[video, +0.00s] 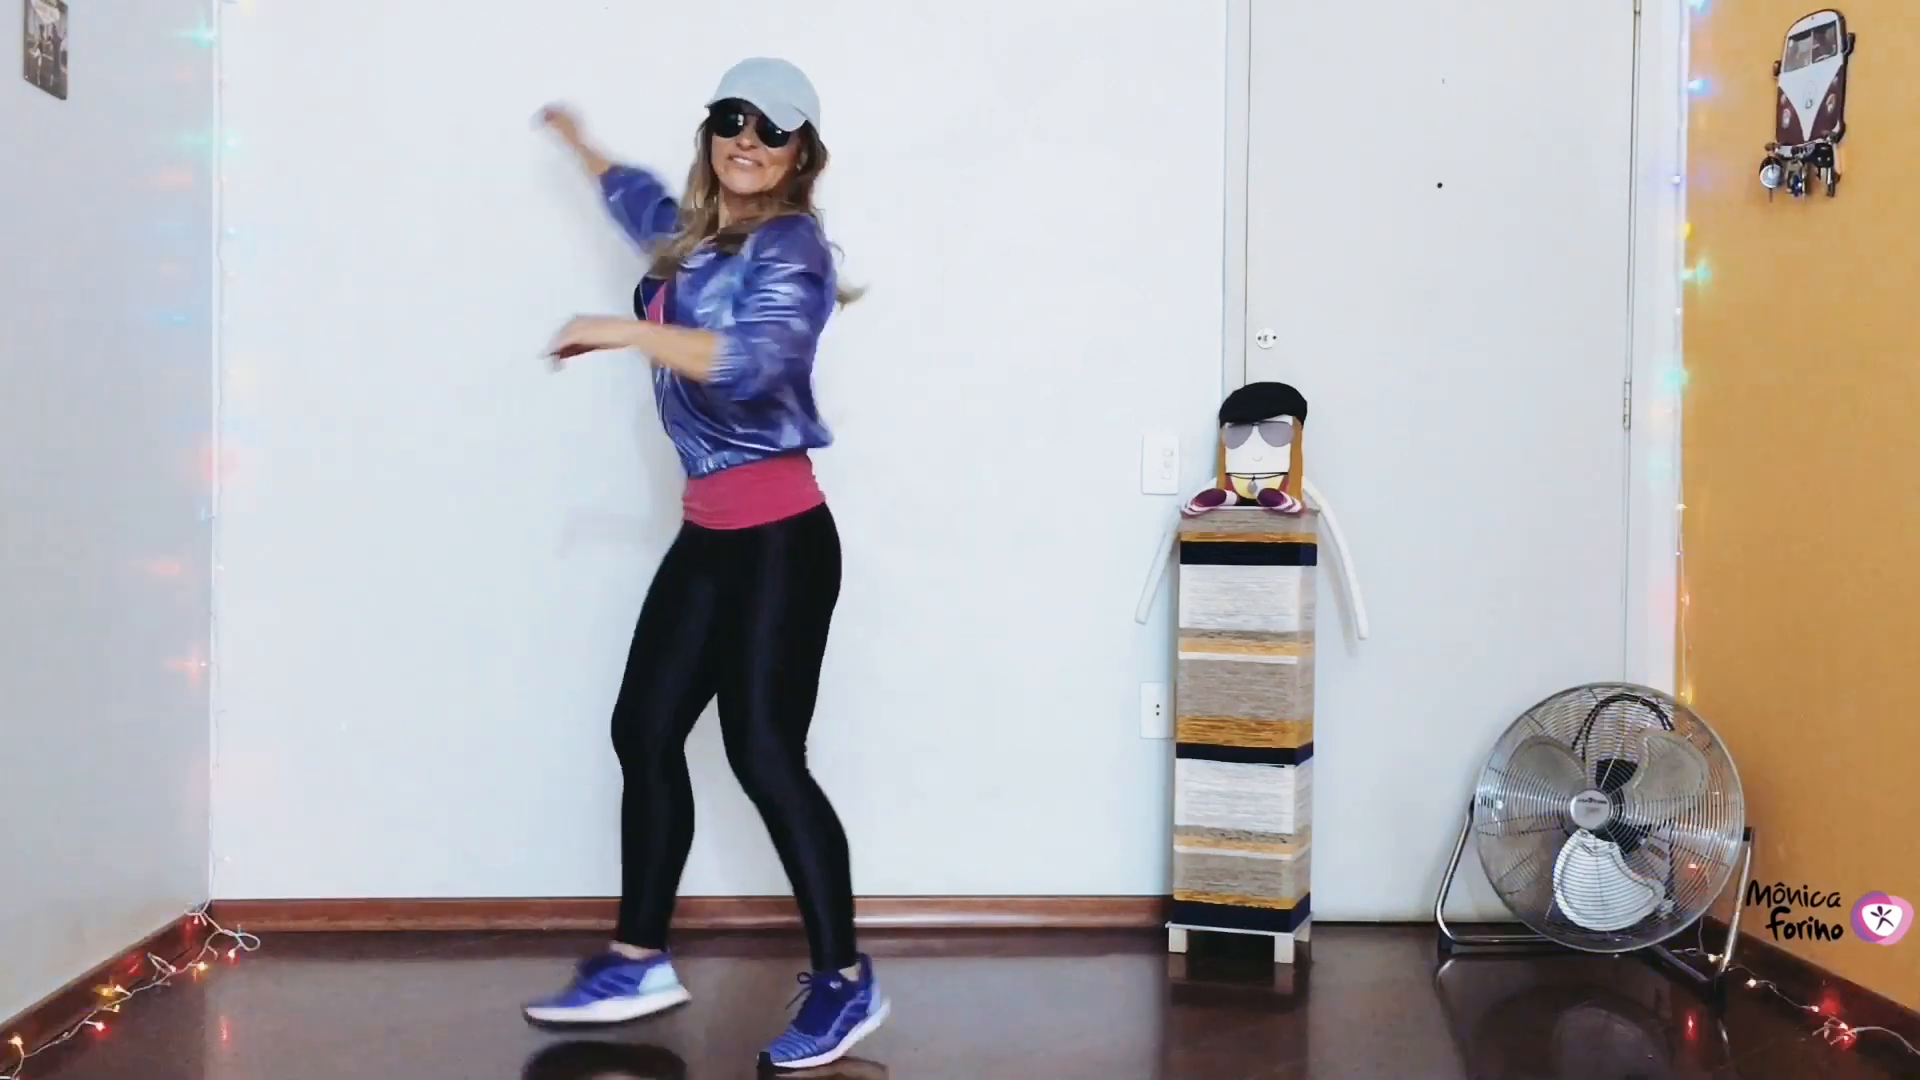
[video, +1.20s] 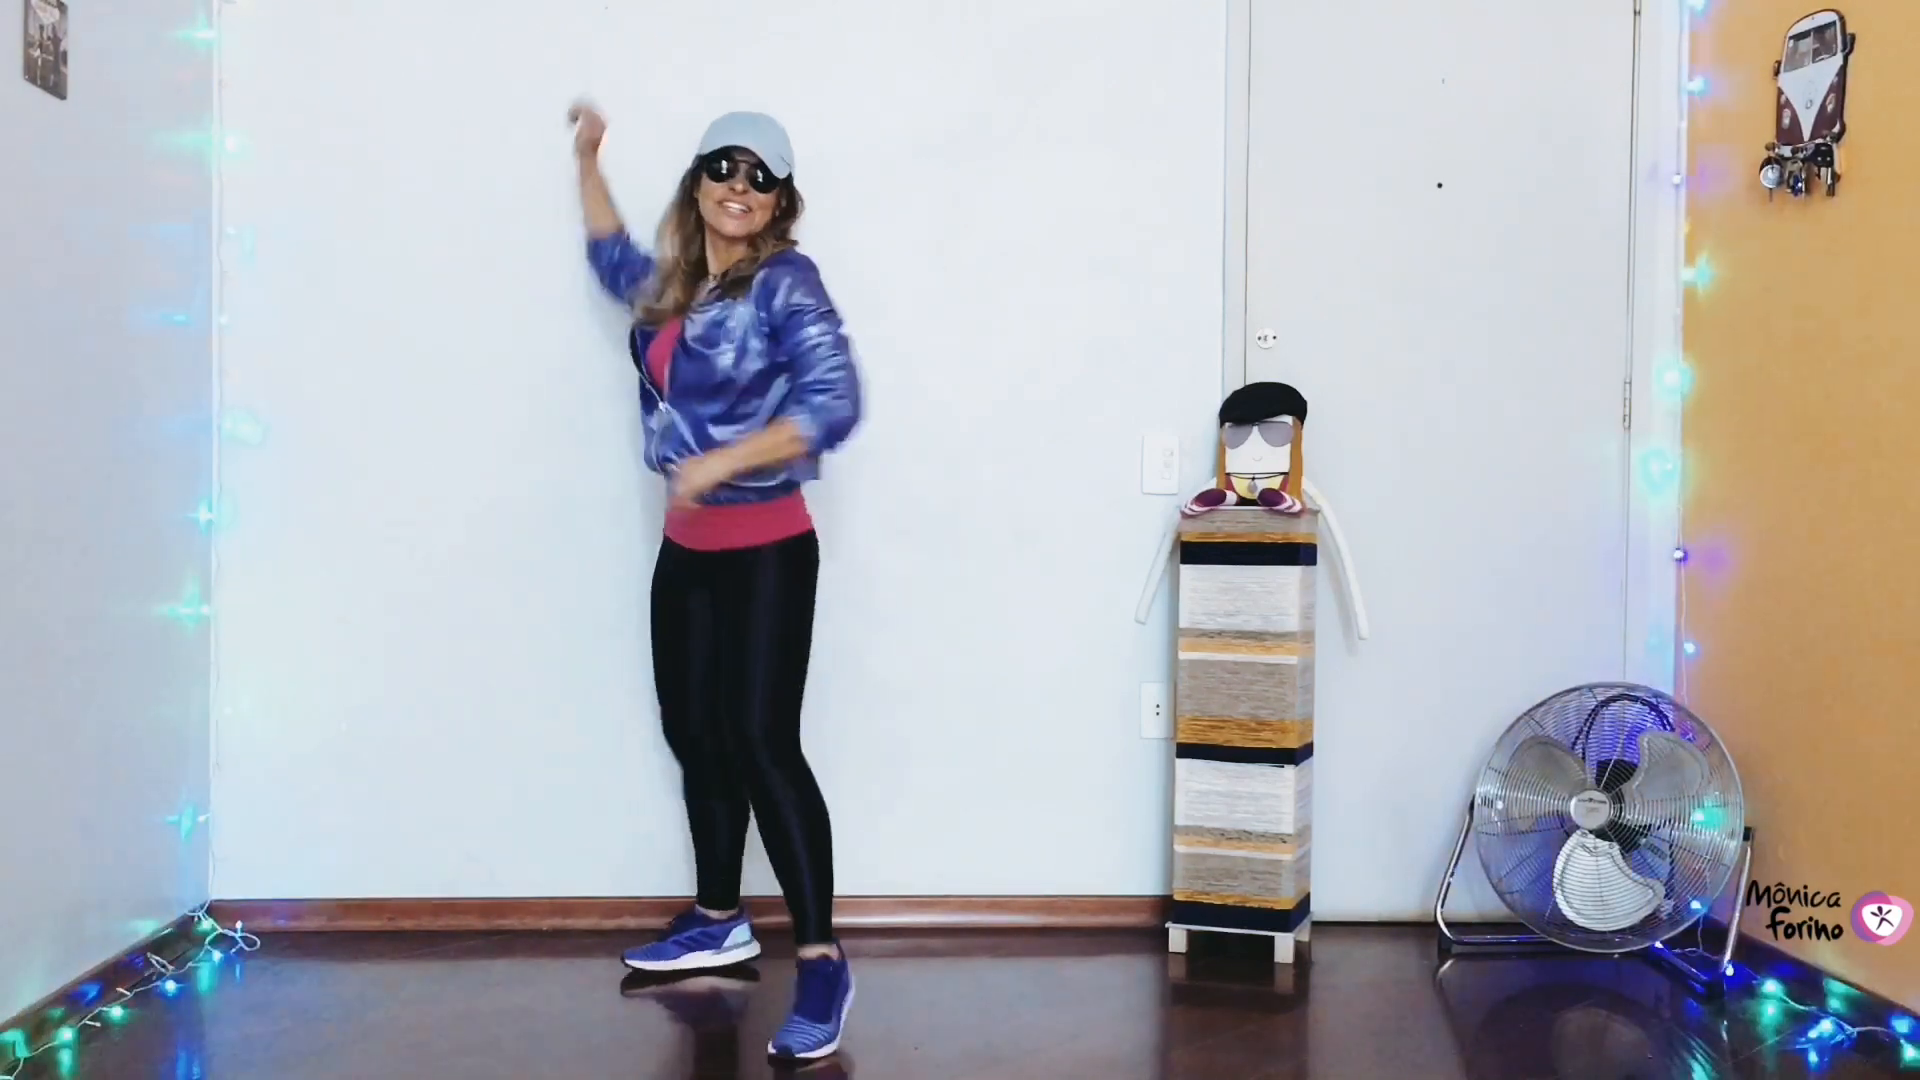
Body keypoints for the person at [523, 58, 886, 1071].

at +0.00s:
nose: (745, 143)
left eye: (769, 133)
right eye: (731, 124)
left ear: (799, 153)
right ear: (706, 135)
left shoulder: (791, 246)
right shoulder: (692, 236)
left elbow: (757, 362)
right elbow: (636, 202)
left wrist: (633, 331)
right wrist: (583, 146)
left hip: (784, 538)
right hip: (706, 536)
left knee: (764, 751)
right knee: (645, 729)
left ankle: (842, 981)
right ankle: (640, 960)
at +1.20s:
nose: (740, 189)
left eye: (761, 179)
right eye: (724, 171)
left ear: (780, 199)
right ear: (695, 187)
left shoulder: (787, 279)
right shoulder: (671, 284)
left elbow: (834, 403)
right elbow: (620, 261)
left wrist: (722, 462)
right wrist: (587, 165)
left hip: (768, 551)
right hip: (685, 552)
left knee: (764, 742)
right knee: (696, 734)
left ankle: (819, 962)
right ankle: (718, 920)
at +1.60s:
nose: (734, 196)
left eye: (754, 181)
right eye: (716, 183)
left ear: (788, 198)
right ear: (696, 205)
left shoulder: (846, 301)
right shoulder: (668, 324)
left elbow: (950, 329)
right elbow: (625, 462)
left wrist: (1014, 333)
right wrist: (520, 489)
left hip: (817, 573)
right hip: (709, 572)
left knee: (823, 778)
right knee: (643, 739)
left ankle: (821, 983)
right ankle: (694, 932)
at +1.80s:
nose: (735, 188)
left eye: (751, 169)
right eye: (712, 179)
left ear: (784, 182)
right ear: (695, 204)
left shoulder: (817, 263)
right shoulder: (697, 320)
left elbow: (887, 230)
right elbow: (681, 467)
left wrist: (977, 213)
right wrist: (741, 535)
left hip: (759, 546)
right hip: (667, 552)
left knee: (824, 736)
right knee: (693, 760)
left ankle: (840, 957)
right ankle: (672, 978)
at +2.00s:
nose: (760, 166)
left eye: (775, 148)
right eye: (737, 156)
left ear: (800, 162)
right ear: (714, 180)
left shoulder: (791, 239)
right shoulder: (730, 278)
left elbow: (814, 154)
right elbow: (750, 440)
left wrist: (900, 104)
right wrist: (864, 492)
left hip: (731, 532)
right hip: (665, 530)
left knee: (816, 698)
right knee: (674, 736)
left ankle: (795, 900)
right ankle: (622, 968)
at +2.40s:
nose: (781, 195)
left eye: (791, 180)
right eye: (761, 186)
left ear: (809, 191)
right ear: (733, 203)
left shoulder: (791, 267)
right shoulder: (759, 288)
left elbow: (794, 170)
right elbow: (780, 428)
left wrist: (839, 83)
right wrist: (868, 483)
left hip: (777, 543)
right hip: (723, 535)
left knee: (801, 724)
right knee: (779, 713)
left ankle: (739, 924)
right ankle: (699, 915)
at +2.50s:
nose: (776, 196)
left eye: (789, 181)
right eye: (755, 186)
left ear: (808, 191)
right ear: (732, 204)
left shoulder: (797, 267)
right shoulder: (757, 285)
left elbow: (802, 170)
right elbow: (759, 417)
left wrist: (839, 83)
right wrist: (861, 478)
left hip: (782, 537)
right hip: (730, 528)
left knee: (806, 701)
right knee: (789, 699)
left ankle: (740, 909)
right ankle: (724, 909)